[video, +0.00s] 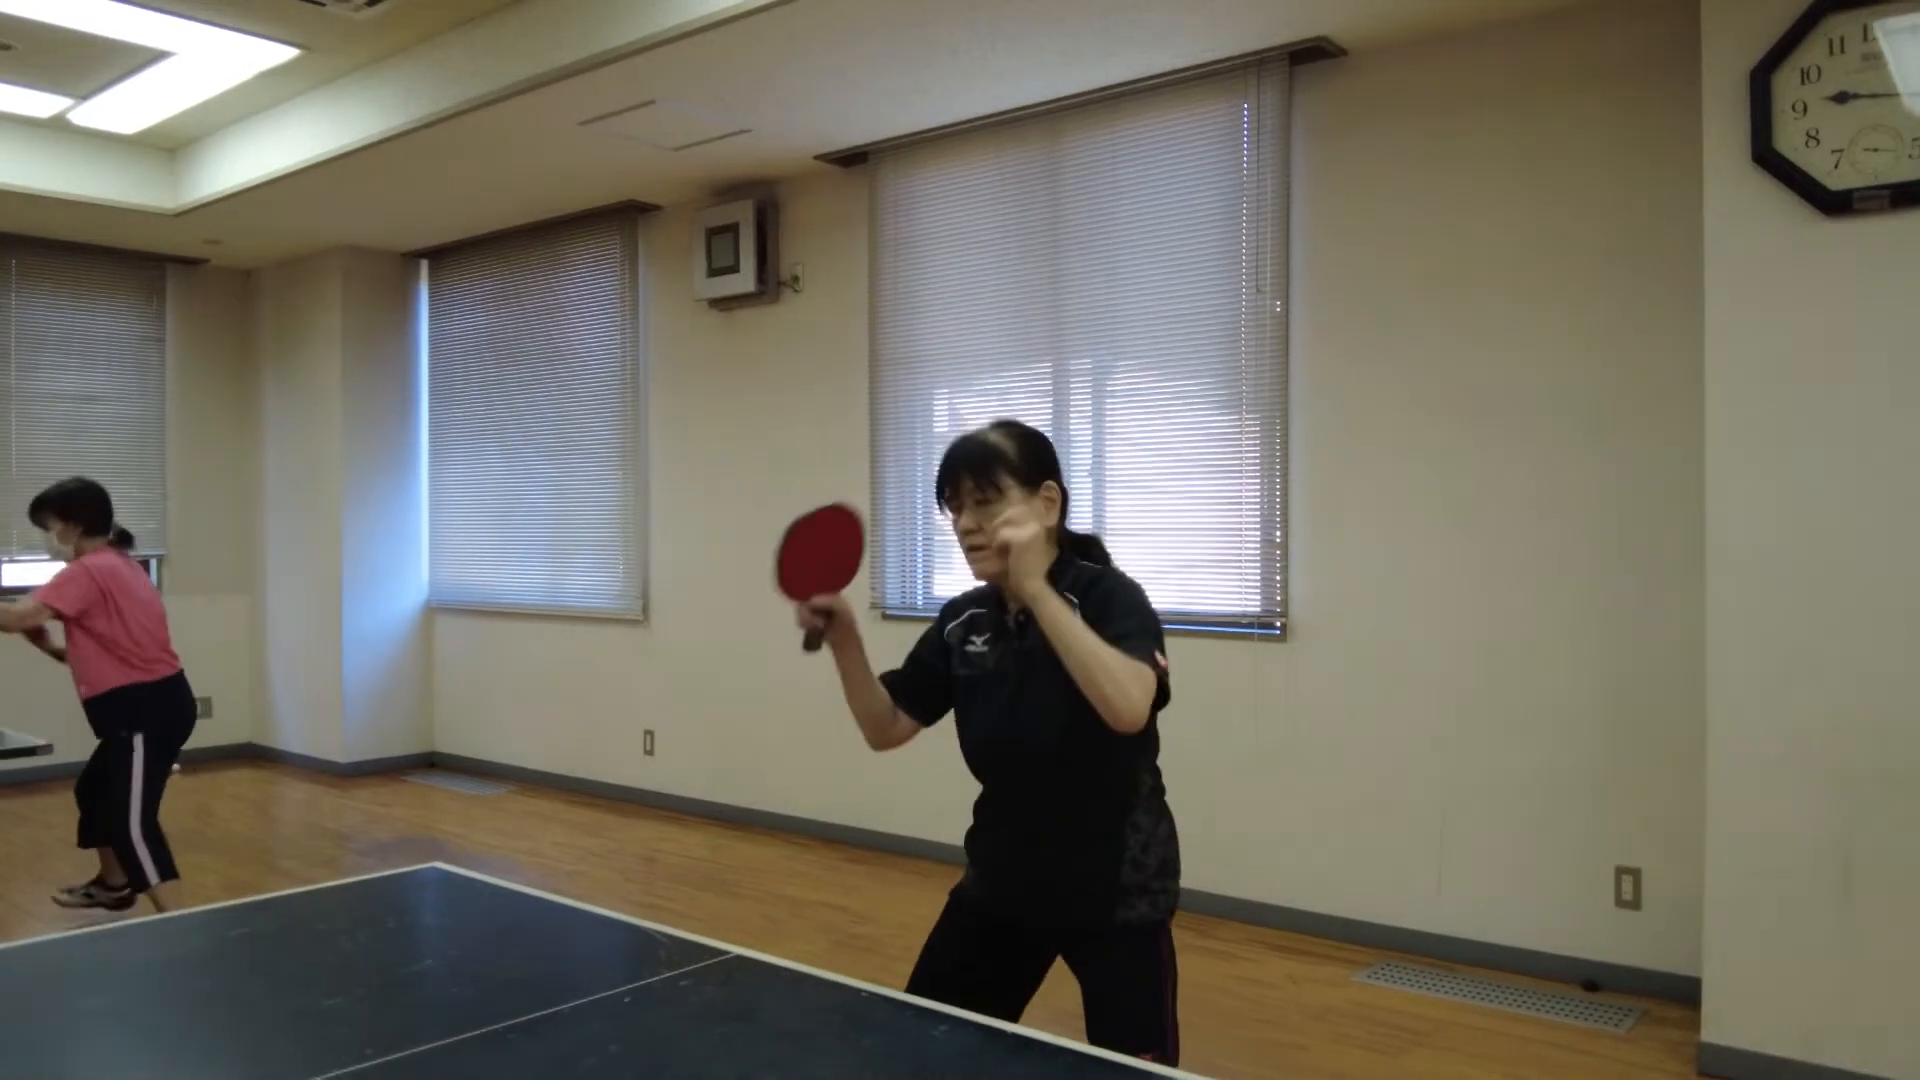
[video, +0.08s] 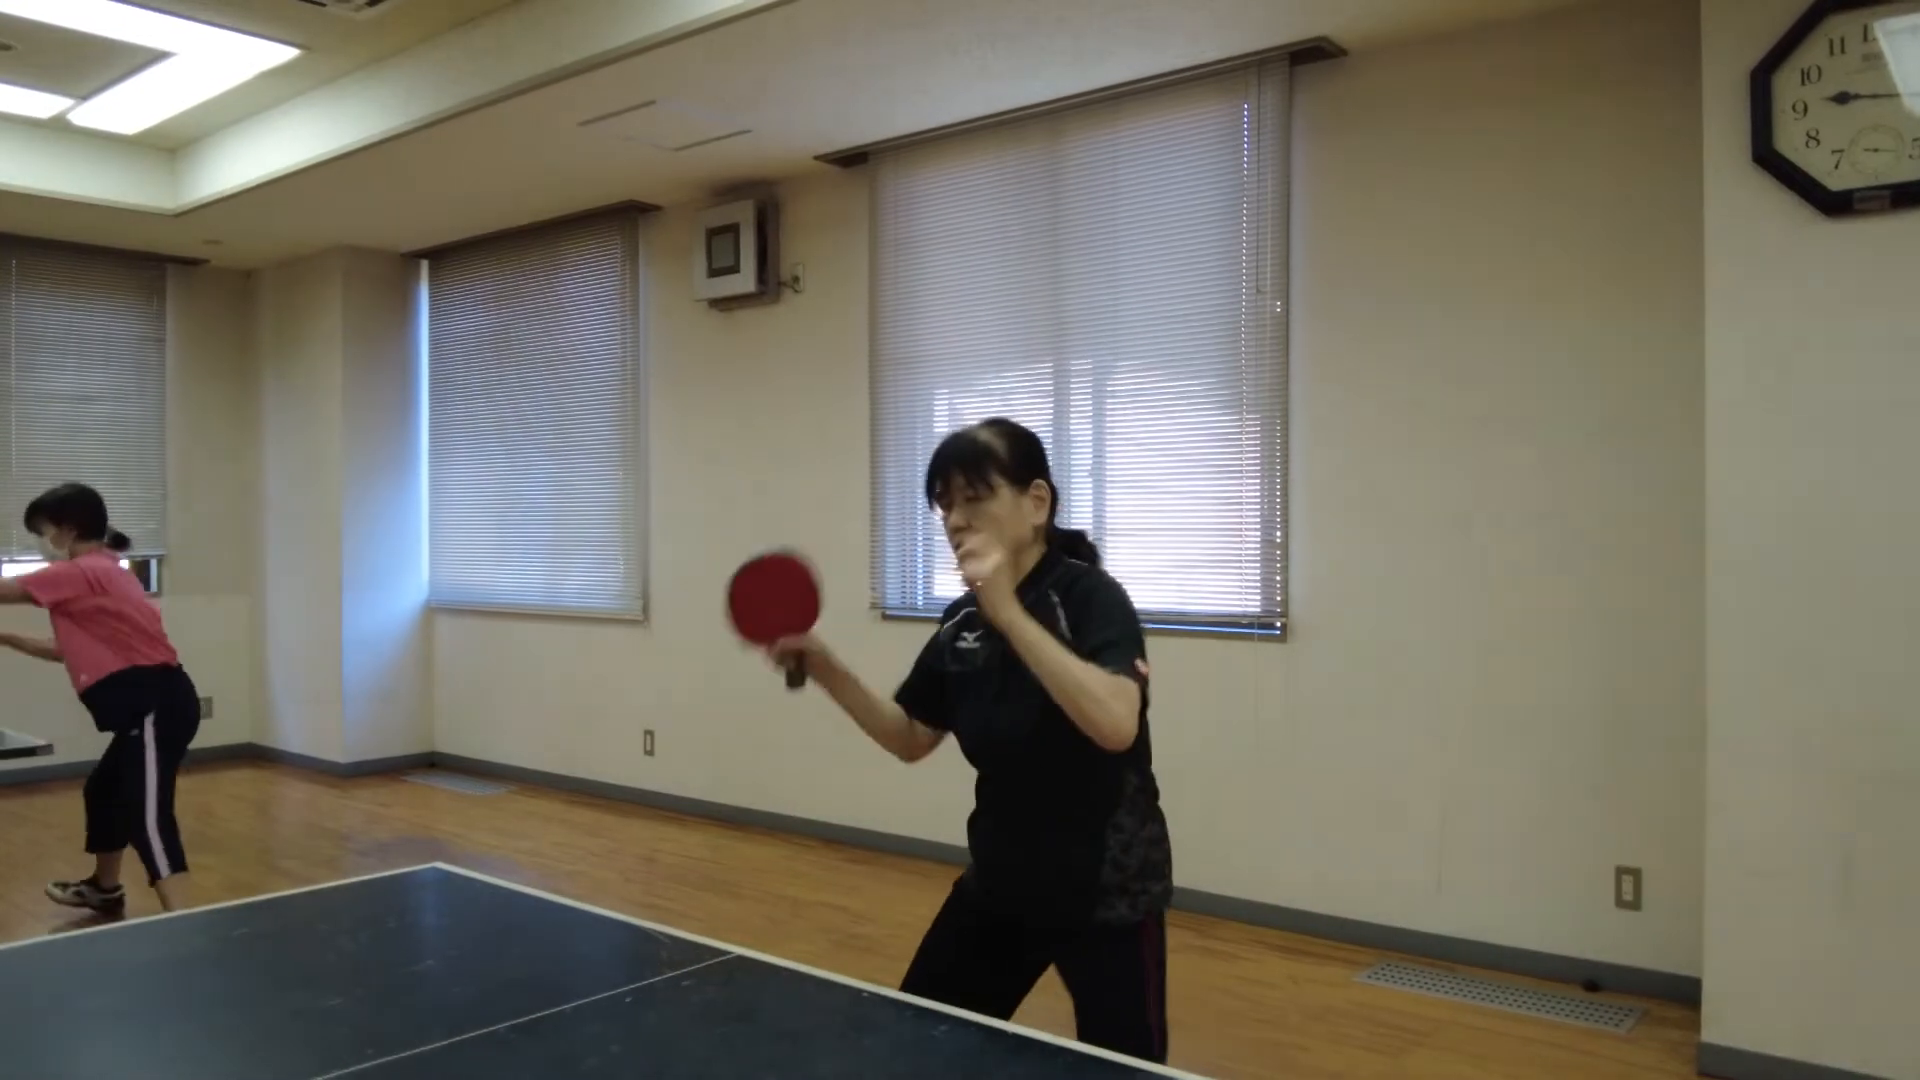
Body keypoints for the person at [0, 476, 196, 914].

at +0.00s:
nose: (51, 540)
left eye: (53, 529)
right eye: (49, 530)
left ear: (74, 524)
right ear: (94, 523)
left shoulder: (90, 570)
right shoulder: (121, 567)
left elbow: (22, 616)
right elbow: (103, 658)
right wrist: (48, 645)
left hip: (146, 711)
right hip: (146, 706)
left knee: (133, 821)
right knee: (93, 791)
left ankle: (176, 922)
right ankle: (114, 882)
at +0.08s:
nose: (45, 543)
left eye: (46, 532)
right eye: (42, 535)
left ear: (68, 527)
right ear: (88, 527)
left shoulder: (83, 571)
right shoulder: (107, 573)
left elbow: (10, 590)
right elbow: (71, 650)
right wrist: (9, 639)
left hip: (155, 701)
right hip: (150, 702)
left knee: (148, 816)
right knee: (103, 791)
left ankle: (186, 925)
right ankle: (105, 887)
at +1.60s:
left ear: (10, 581)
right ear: (14, 582)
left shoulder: (29, 609)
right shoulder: (23, 627)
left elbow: (60, 624)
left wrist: (93, 607)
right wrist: (34, 744)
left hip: (105, 717)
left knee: (10, 790)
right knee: (52, 806)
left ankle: (11, 885)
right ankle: (135, 860)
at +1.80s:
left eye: (2, 554)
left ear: (24, 558)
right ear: (25, 559)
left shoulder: (40, 594)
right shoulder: (38, 595)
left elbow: (54, 615)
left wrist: (66, 630)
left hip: (103, 707)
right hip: (122, 707)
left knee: (14, 786)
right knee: (59, 798)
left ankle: (11, 884)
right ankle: (141, 858)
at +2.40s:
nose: (53, 527)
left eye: (58, 517)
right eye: (51, 518)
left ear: (86, 518)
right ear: (80, 521)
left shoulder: (104, 566)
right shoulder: (86, 573)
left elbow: (155, 618)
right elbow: (101, 648)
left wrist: (148, 676)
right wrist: (59, 680)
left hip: (145, 691)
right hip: (130, 692)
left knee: (89, 787)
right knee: (110, 785)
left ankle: (134, 890)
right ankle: (152, 873)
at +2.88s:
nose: (59, 502)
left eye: (68, 493)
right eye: (58, 493)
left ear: (98, 499)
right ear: (82, 501)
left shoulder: (115, 550)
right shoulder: (91, 549)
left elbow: (143, 639)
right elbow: (100, 627)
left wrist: (80, 676)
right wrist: (54, 651)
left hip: (148, 685)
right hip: (122, 683)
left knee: (116, 806)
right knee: (106, 797)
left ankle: (158, 913)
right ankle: (127, 882)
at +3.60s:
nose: (78, 497)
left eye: (87, 488)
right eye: (78, 488)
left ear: (116, 490)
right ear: (103, 492)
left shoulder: (137, 541)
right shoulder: (96, 542)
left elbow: (124, 621)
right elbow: (97, 626)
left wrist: (60, 582)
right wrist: (61, 632)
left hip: (122, 687)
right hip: (90, 684)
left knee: (113, 799)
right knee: (91, 794)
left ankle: (150, 906)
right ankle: (122, 890)